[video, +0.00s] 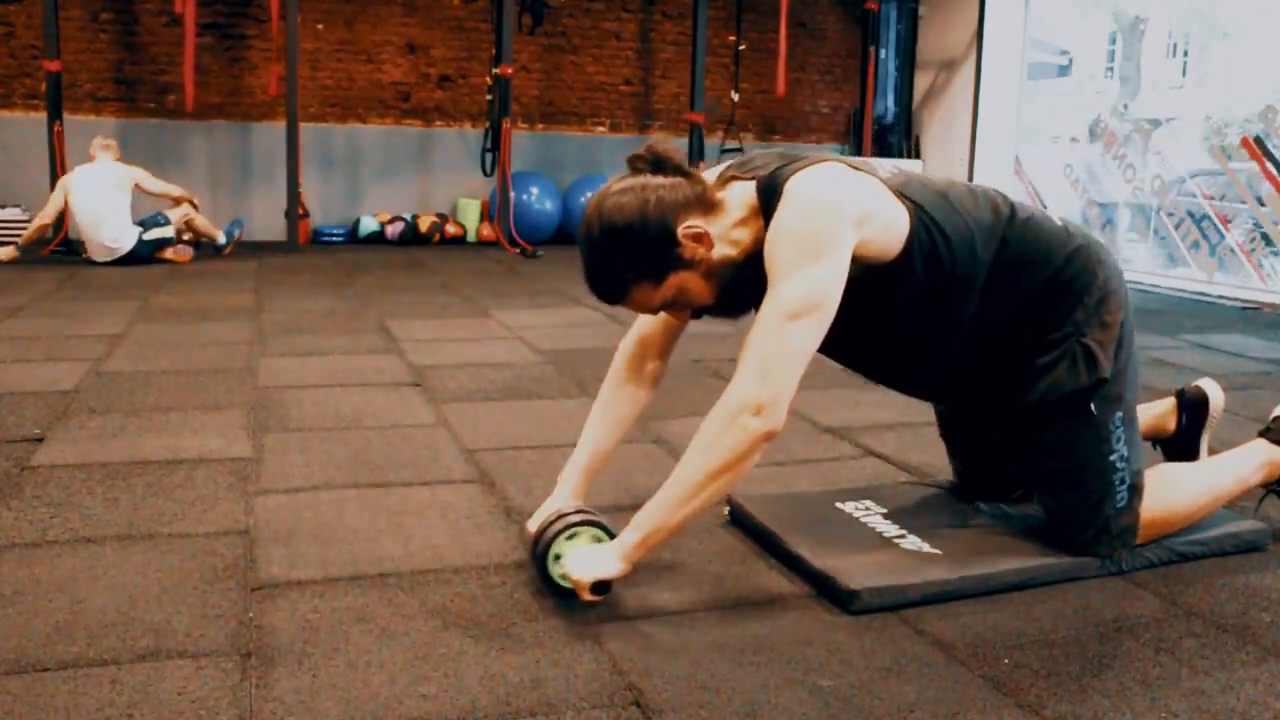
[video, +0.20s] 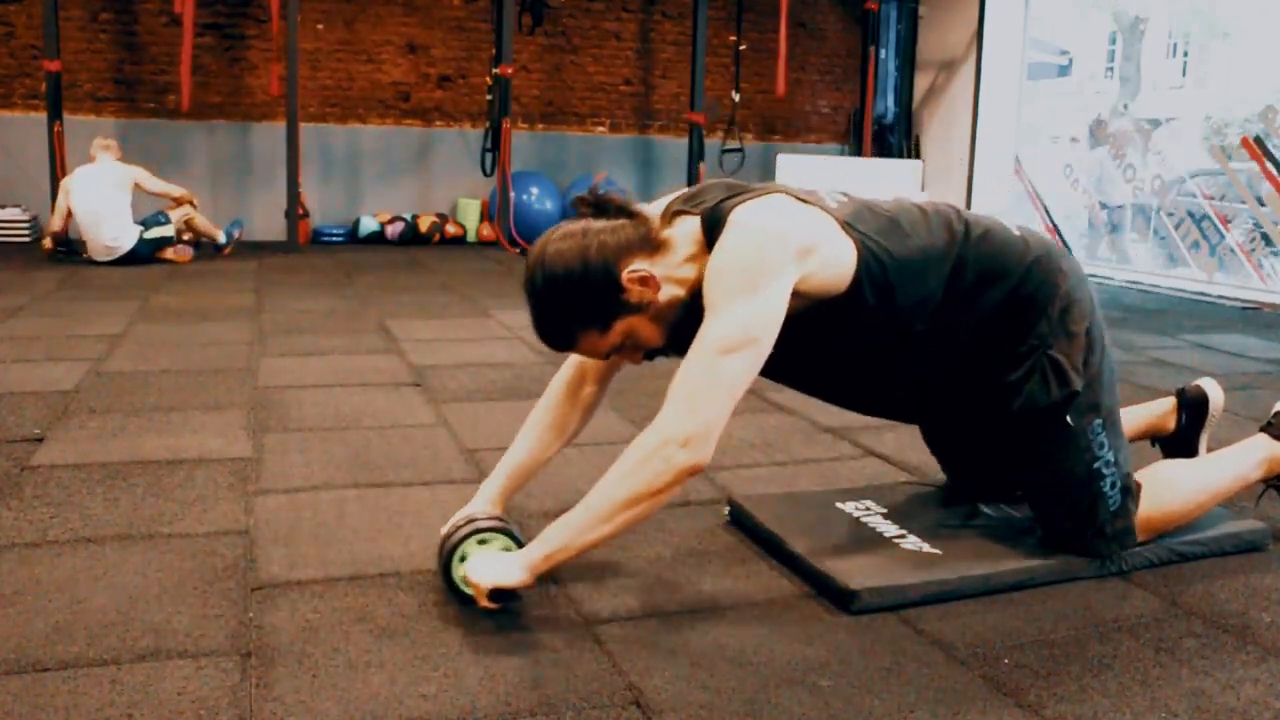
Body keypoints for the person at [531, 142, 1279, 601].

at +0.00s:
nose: (676, 317)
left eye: (673, 303)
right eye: (661, 310)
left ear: (697, 242)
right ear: (692, 235)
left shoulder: (815, 207)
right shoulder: (701, 217)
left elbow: (753, 415)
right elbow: (639, 363)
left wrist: (625, 549)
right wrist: (568, 495)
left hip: (1058, 300)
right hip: (967, 335)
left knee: (1097, 527)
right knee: (999, 483)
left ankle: (1269, 455)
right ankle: (1176, 415)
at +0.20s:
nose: (636, 360)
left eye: (623, 344)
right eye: (613, 357)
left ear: (641, 279)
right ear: (630, 278)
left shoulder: (757, 244)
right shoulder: (653, 245)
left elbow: (680, 446)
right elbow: (577, 380)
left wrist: (534, 557)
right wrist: (488, 496)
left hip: (1022, 312)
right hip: (937, 346)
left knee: (1105, 523)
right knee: (995, 485)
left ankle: (1271, 453)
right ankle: (1172, 412)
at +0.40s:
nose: (570, 406)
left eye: (553, 391)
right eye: (541, 401)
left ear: (586, 332)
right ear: (572, 329)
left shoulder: (696, 293)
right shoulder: (596, 280)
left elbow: (607, 488)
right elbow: (502, 403)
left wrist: (434, 577)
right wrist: (403, 503)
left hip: (982, 333)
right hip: (904, 371)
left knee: (1105, 527)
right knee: (1015, 487)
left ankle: (1264, 456)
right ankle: (1174, 419)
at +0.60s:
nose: (537, 453)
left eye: (523, 437)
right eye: (519, 446)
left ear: (544, 381)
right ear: (531, 381)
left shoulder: (647, 331)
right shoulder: (554, 306)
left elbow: (536, 532)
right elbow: (448, 435)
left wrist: (354, 589)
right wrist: (330, 514)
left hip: (943, 357)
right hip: (874, 374)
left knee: (1098, 524)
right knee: (1022, 488)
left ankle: (1266, 456)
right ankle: (1176, 408)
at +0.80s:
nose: (518, 485)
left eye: (506, 475)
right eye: (498, 482)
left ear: (512, 420)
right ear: (485, 426)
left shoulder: (613, 373)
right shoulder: (522, 343)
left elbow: (489, 567)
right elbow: (412, 463)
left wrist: (293, 597)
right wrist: (280, 525)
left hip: (918, 392)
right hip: (854, 356)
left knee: (1089, 518)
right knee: (1020, 452)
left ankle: (1266, 460)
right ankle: (1173, 404)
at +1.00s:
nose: (502, 497)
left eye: (487, 494)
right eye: (473, 492)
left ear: (501, 450)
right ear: (467, 436)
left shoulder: (591, 403)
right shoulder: (500, 372)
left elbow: (459, 592)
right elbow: (392, 480)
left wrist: (261, 606)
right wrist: (258, 526)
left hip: (893, 406)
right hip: (837, 413)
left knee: (1098, 520)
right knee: (1015, 467)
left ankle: (1272, 465)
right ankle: (1167, 413)